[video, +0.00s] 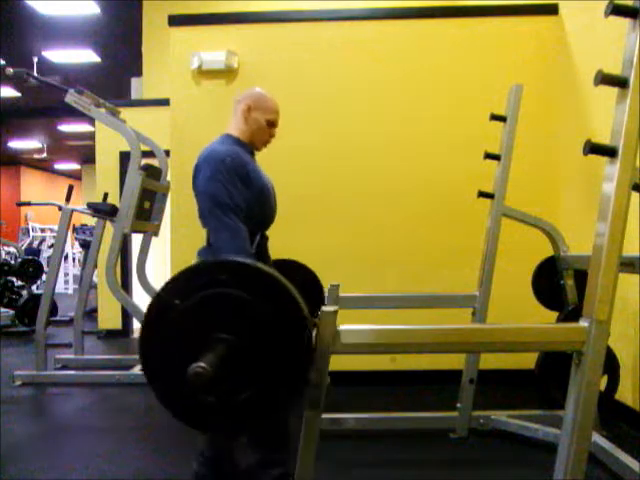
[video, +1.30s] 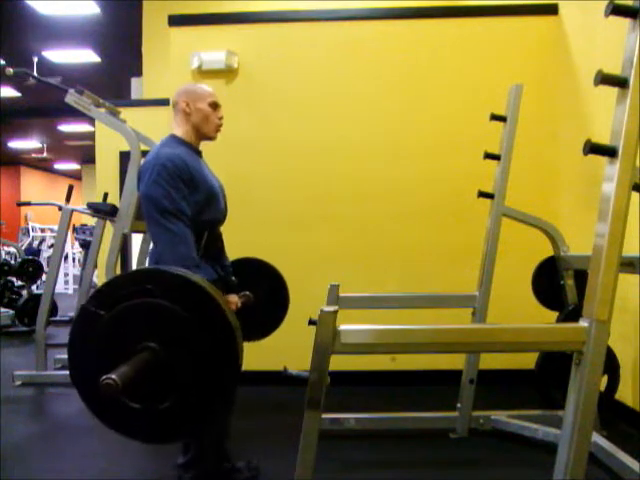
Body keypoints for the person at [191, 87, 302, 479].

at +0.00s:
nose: (273, 133)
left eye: (276, 125)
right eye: (270, 123)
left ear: (251, 117)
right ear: (245, 114)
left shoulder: (242, 158)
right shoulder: (221, 157)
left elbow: (250, 234)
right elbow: (226, 234)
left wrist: (269, 288)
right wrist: (241, 294)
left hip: (250, 292)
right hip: (228, 294)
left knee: (252, 386)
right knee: (229, 387)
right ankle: (222, 465)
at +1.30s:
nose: (221, 116)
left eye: (220, 108)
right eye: (213, 107)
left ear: (189, 109)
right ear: (185, 108)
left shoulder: (190, 159)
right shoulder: (166, 161)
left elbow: (206, 238)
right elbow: (175, 247)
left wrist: (229, 285)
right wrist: (216, 295)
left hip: (202, 295)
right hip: (183, 299)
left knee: (213, 378)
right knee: (204, 380)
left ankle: (208, 459)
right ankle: (206, 462)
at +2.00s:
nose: (230, 119)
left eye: (229, 111)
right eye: (223, 110)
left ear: (199, 110)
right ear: (195, 109)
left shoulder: (197, 160)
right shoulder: (170, 159)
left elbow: (210, 237)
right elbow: (172, 243)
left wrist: (226, 290)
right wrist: (202, 297)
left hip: (198, 290)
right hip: (177, 294)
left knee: (210, 374)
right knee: (203, 375)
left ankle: (207, 456)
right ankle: (202, 460)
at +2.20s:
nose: (259, 131)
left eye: (259, 123)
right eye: (252, 122)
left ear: (230, 124)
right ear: (226, 121)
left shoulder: (220, 172)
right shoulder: (190, 167)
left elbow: (216, 246)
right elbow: (177, 240)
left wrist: (226, 297)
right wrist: (203, 300)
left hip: (196, 294)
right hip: (169, 294)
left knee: (211, 374)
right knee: (199, 376)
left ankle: (208, 456)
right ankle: (199, 460)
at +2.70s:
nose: (302, 188)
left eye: (302, 180)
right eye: (296, 179)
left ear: (272, 178)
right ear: (270, 175)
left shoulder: (248, 221)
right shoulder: (221, 210)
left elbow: (232, 285)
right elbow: (196, 283)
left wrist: (234, 335)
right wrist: (203, 348)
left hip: (173, 285)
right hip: (149, 283)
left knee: (194, 370)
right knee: (174, 372)